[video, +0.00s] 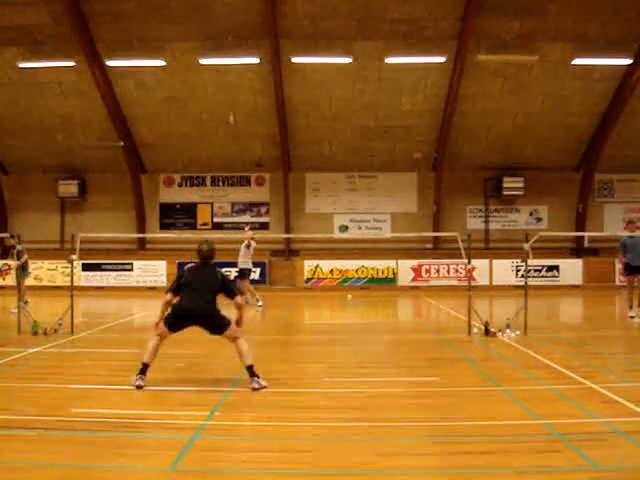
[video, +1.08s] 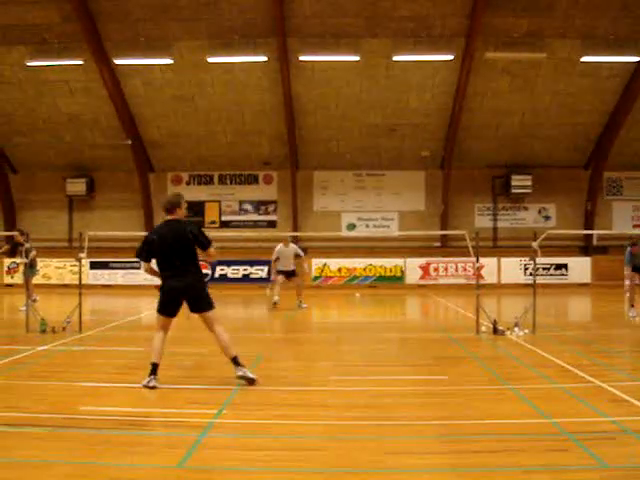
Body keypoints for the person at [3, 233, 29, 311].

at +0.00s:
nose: (7, 243)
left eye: (9, 240)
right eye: (7, 241)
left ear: (14, 240)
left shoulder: (20, 248)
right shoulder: (13, 250)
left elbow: (25, 257)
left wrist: (19, 263)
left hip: (23, 269)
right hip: (19, 269)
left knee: (21, 287)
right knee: (19, 286)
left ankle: (20, 304)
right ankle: (24, 299)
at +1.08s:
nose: (15, 238)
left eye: (17, 236)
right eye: (15, 236)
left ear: (23, 237)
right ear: (16, 237)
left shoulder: (27, 246)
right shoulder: (18, 245)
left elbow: (33, 252)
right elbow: (9, 248)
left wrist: (28, 260)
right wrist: (3, 251)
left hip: (31, 267)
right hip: (26, 266)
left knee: (28, 284)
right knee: (27, 284)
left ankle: (29, 302)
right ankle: (32, 298)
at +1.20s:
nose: (20, 238)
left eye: (21, 236)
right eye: (19, 236)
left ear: (27, 236)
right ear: (20, 237)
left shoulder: (31, 245)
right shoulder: (21, 244)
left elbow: (37, 252)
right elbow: (11, 247)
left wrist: (31, 259)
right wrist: (3, 251)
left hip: (35, 266)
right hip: (30, 265)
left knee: (31, 283)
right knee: (30, 283)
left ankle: (31, 303)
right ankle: (36, 297)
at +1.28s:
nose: (18, 237)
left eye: (20, 235)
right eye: (17, 235)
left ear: (24, 236)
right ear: (17, 236)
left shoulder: (28, 245)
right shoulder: (19, 245)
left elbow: (33, 252)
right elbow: (9, 246)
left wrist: (28, 259)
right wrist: (2, 250)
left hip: (31, 266)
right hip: (27, 266)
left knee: (28, 284)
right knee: (27, 283)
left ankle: (28, 303)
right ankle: (33, 297)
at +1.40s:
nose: (24, 236)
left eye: (25, 233)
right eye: (23, 234)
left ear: (30, 234)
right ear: (22, 235)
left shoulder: (34, 244)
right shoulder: (24, 243)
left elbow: (40, 250)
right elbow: (15, 246)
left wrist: (35, 255)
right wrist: (6, 249)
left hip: (37, 266)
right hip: (32, 265)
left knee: (33, 284)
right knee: (32, 283)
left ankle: (33, 302)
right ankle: (38, 296)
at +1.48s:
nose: (26, 235)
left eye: (27, 233)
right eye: (25, 233)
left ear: (32, 234)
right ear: (24, 235)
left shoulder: (36, 243)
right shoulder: (26, 243)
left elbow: (42, 250)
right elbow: (17, 245)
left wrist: (37, 255)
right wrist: (8, 249)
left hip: (39, 265)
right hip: (34, 265)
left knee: (35, 283)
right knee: (34, 283)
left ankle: (35, 302)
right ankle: (40, 296)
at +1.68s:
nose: (41, 233)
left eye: (43, 231)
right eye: (41, 231)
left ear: (48, 232)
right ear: (41, 232)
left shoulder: (52, 241)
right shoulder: (43, 241)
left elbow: (61, 249)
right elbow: (36, 247)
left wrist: (51, 250)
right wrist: (26, 246)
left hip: (54, 264)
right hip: (49, 263)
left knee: (45, 280)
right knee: (45, 279)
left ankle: (47, 300)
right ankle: (54, 293)